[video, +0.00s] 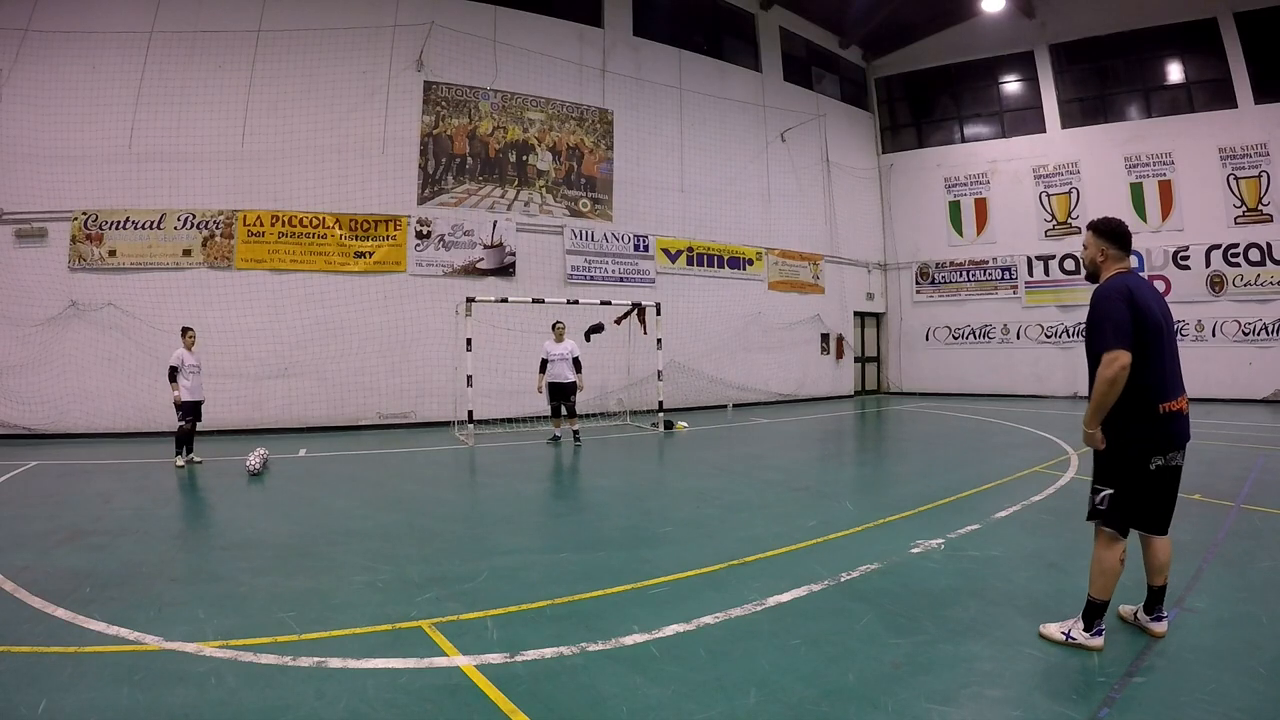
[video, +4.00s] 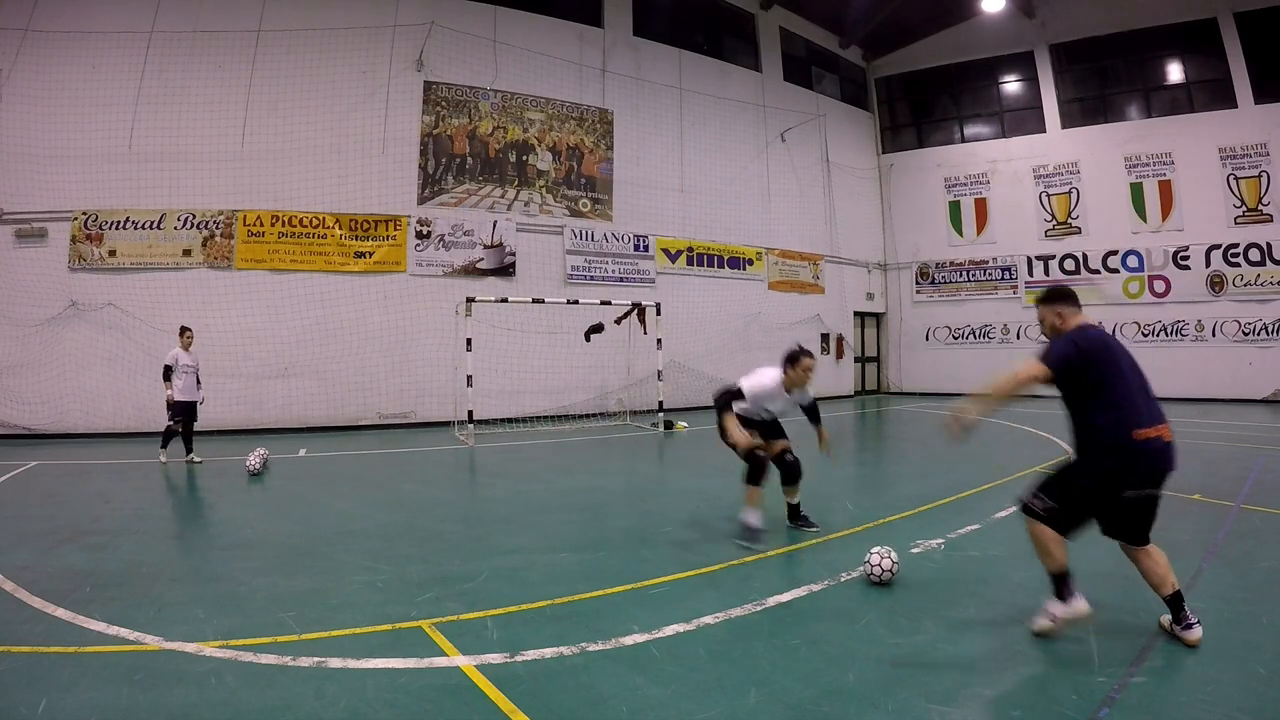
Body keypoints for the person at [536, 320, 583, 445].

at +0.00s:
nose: (561, 330)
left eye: (562, 328)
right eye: (558, 329)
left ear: (565, 330)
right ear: (553, 331)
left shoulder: (571, 344)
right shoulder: (547, 345)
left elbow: (577, 363)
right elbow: (543, 364)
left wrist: (580, 380)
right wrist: (540, 381)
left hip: (569, 381)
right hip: (552, 382)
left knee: (571, 409)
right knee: (555, 410)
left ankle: (576, 433)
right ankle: (557, 434)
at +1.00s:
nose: (571, 332)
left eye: (573, 330)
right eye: (569, 330)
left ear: (576, 333)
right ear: (564, 333)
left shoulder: (582, 347)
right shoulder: (557, 347)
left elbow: (588, 360)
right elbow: (548, 364)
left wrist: (588, 376)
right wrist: (561, 373)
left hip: (578, 384)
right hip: (562, 384)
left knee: (578, 411)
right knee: (563, 411)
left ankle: (577, 433)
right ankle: (562, 433)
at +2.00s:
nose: (596, 318)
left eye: (598, 317)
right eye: (593, 316)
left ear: (602, 323)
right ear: (586, 323)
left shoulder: (607, 336)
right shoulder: (579, 338)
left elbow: (619, 350)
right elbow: (565, 356)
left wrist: (600, 335)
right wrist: (557, 358)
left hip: (607, 389)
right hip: (585, 389)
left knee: (602, 427)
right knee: (579, 426)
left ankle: (608, 453)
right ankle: (587, 450)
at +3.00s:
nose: (678, 301)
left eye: (680, 297)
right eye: (674, 297)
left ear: (682, 299)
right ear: (660, 298)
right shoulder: (644, 320)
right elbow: (625, 356)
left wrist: (692, 348)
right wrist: (648, 346)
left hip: (671, 390)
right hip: (644, 387)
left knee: (663, 450)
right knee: (656, 443)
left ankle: (638, 499)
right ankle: (639, 504)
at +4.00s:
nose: (809, 376)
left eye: (811, 371)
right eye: (805, 370)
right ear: (789, 369)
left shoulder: (799, 390)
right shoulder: (765, 382)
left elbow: (811, 407)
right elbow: (722, 397)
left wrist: (820, 432)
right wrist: (734, 430)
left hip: (766, 420)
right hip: (738, 417)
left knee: (791, 465)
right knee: (758, 462)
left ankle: (795, 516)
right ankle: (750, 523)